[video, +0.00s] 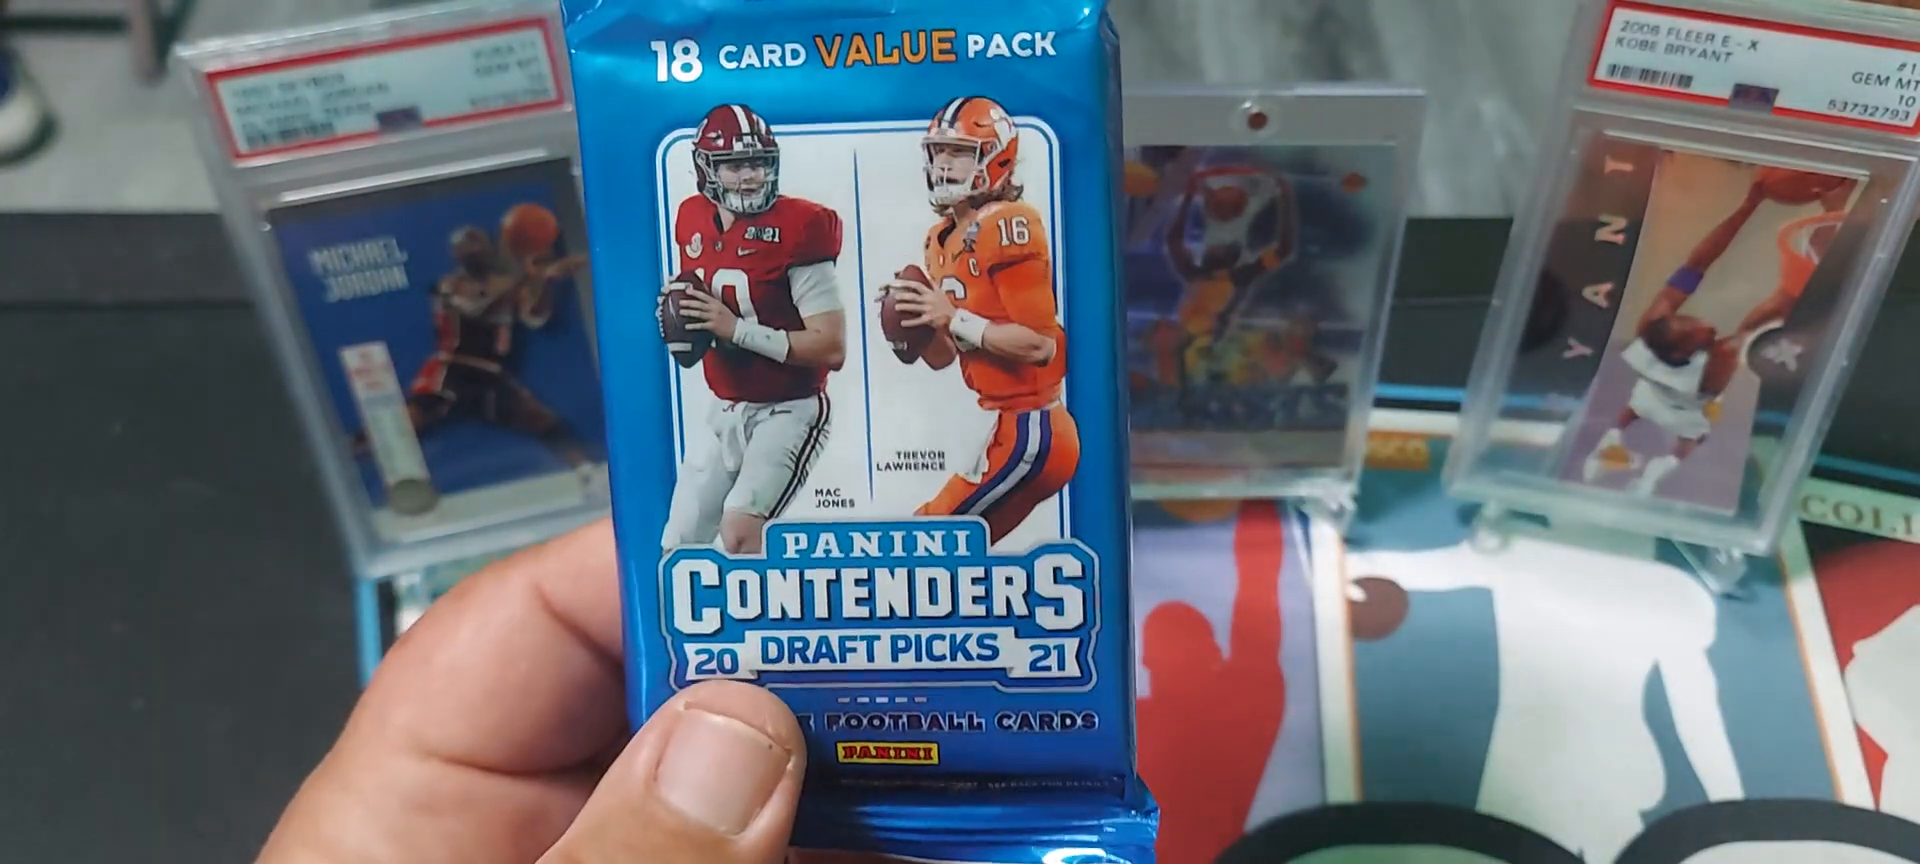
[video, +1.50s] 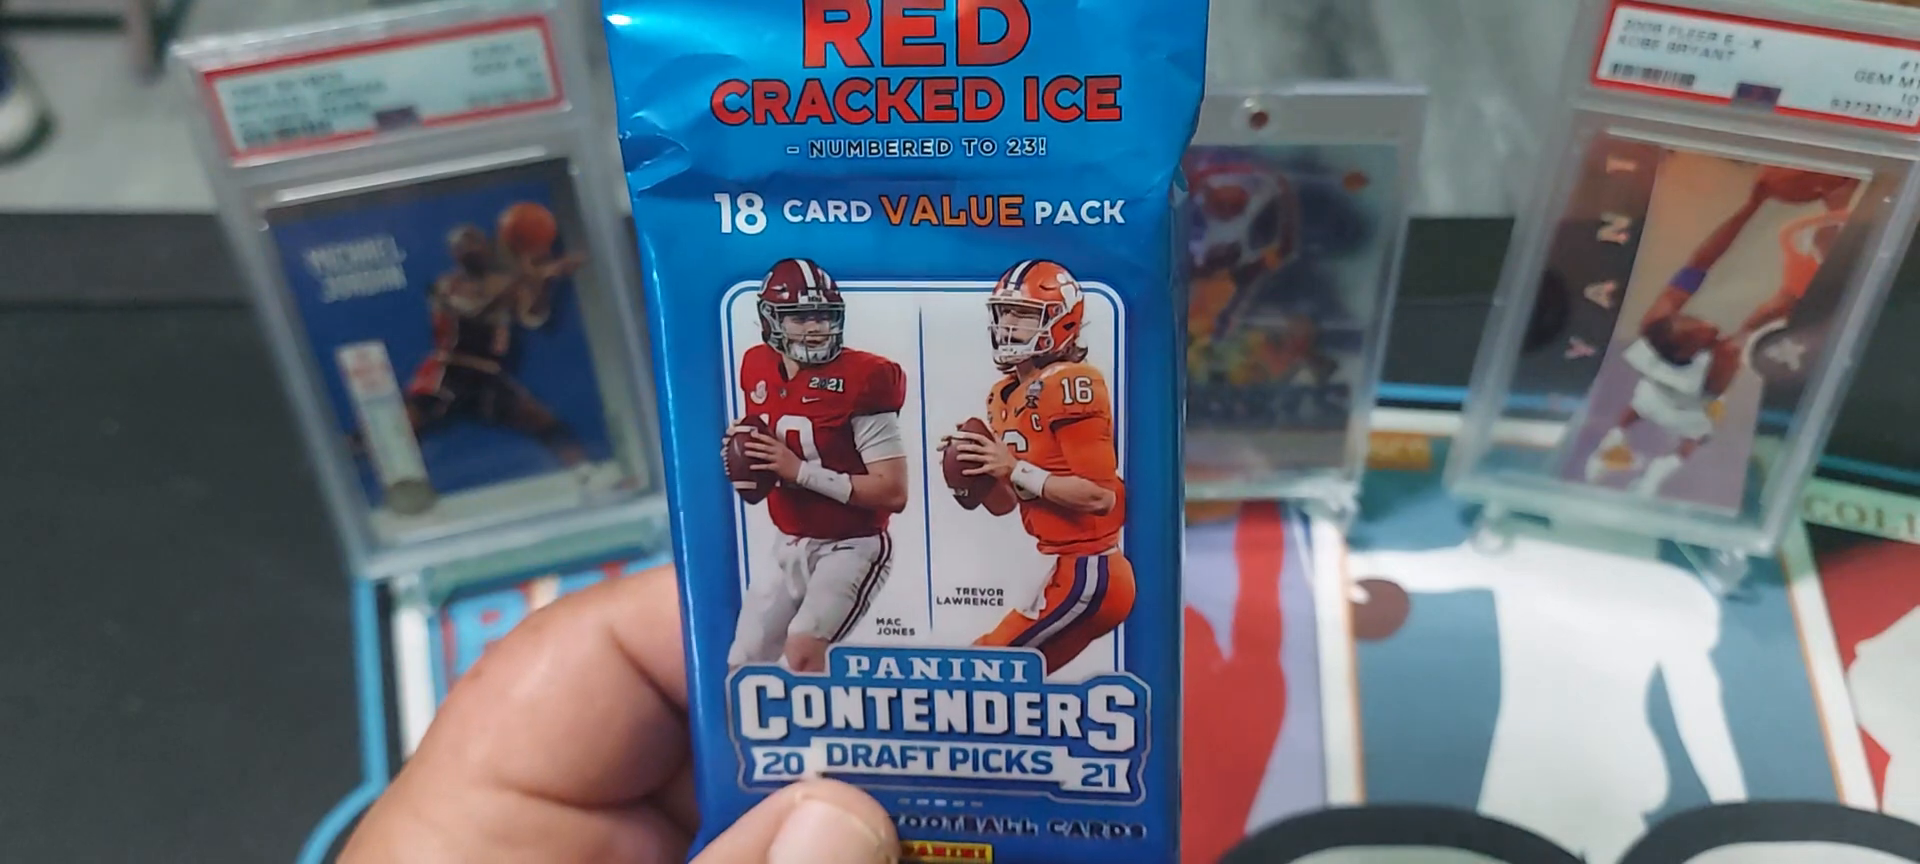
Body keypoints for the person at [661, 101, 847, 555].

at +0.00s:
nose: (747, 176)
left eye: (756, 164)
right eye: (734, 166)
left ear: (771, 165)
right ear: (708, 168)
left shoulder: (801, 226)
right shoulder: (692, 217)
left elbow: (831, 348)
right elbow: (694, 295)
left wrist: (735, 328)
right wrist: (675, 311)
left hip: (791, 411)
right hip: (724, 412)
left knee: (738, 535)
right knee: (678, 547)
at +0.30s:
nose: (759, 214)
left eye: (769, 202)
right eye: (745, 202)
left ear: (784, 203)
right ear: (716, 204)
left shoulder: (815, 266)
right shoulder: (700, 253)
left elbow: (841, 390)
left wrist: (742, 365)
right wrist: (682, 349)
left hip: (800, 450)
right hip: (729, 448)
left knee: (745, 571)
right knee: (686, 581)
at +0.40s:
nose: (728, 246)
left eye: (736, 233)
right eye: (713, 236)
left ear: (751, 235)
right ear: (684, 242)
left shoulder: (788, 298)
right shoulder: (671, 287)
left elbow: (819, 420)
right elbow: (676, 419)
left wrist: (719, 396)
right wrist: (657, 384)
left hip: (782, 476)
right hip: (711, 474)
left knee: (735, 585)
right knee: (675, 601)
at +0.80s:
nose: (745, 293)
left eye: (753, 281)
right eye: (731, 283)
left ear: (768, 283)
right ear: (702, 290)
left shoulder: (803, 344)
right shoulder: (689, 335)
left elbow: (839, 463)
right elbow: (696, 463)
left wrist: (739, 442)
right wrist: (677, 423)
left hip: (801, 517)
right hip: (733, 517)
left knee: (757, 621)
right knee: (699, 638)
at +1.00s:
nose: (800, 313)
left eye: (810, 302)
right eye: (788, 302)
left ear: (825, 304)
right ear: (761, 304)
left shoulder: (854, 363)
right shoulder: (746, 351)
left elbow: (882, 479)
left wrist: (786, 455)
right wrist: (728, 437)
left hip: (842, 534)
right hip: (775, 532)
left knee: (791, 637)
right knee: (733, 651)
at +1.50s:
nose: (813, 328)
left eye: (822, 316)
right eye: (800, 317)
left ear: (836, 318)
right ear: (772, 319)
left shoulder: (865, 377)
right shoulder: (757, 366)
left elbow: (893, 492)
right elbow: (757, 486)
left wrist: (798, 470)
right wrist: (740, 454)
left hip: (854, 548)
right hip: (788, 546)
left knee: (802, 652)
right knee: (744, 664)